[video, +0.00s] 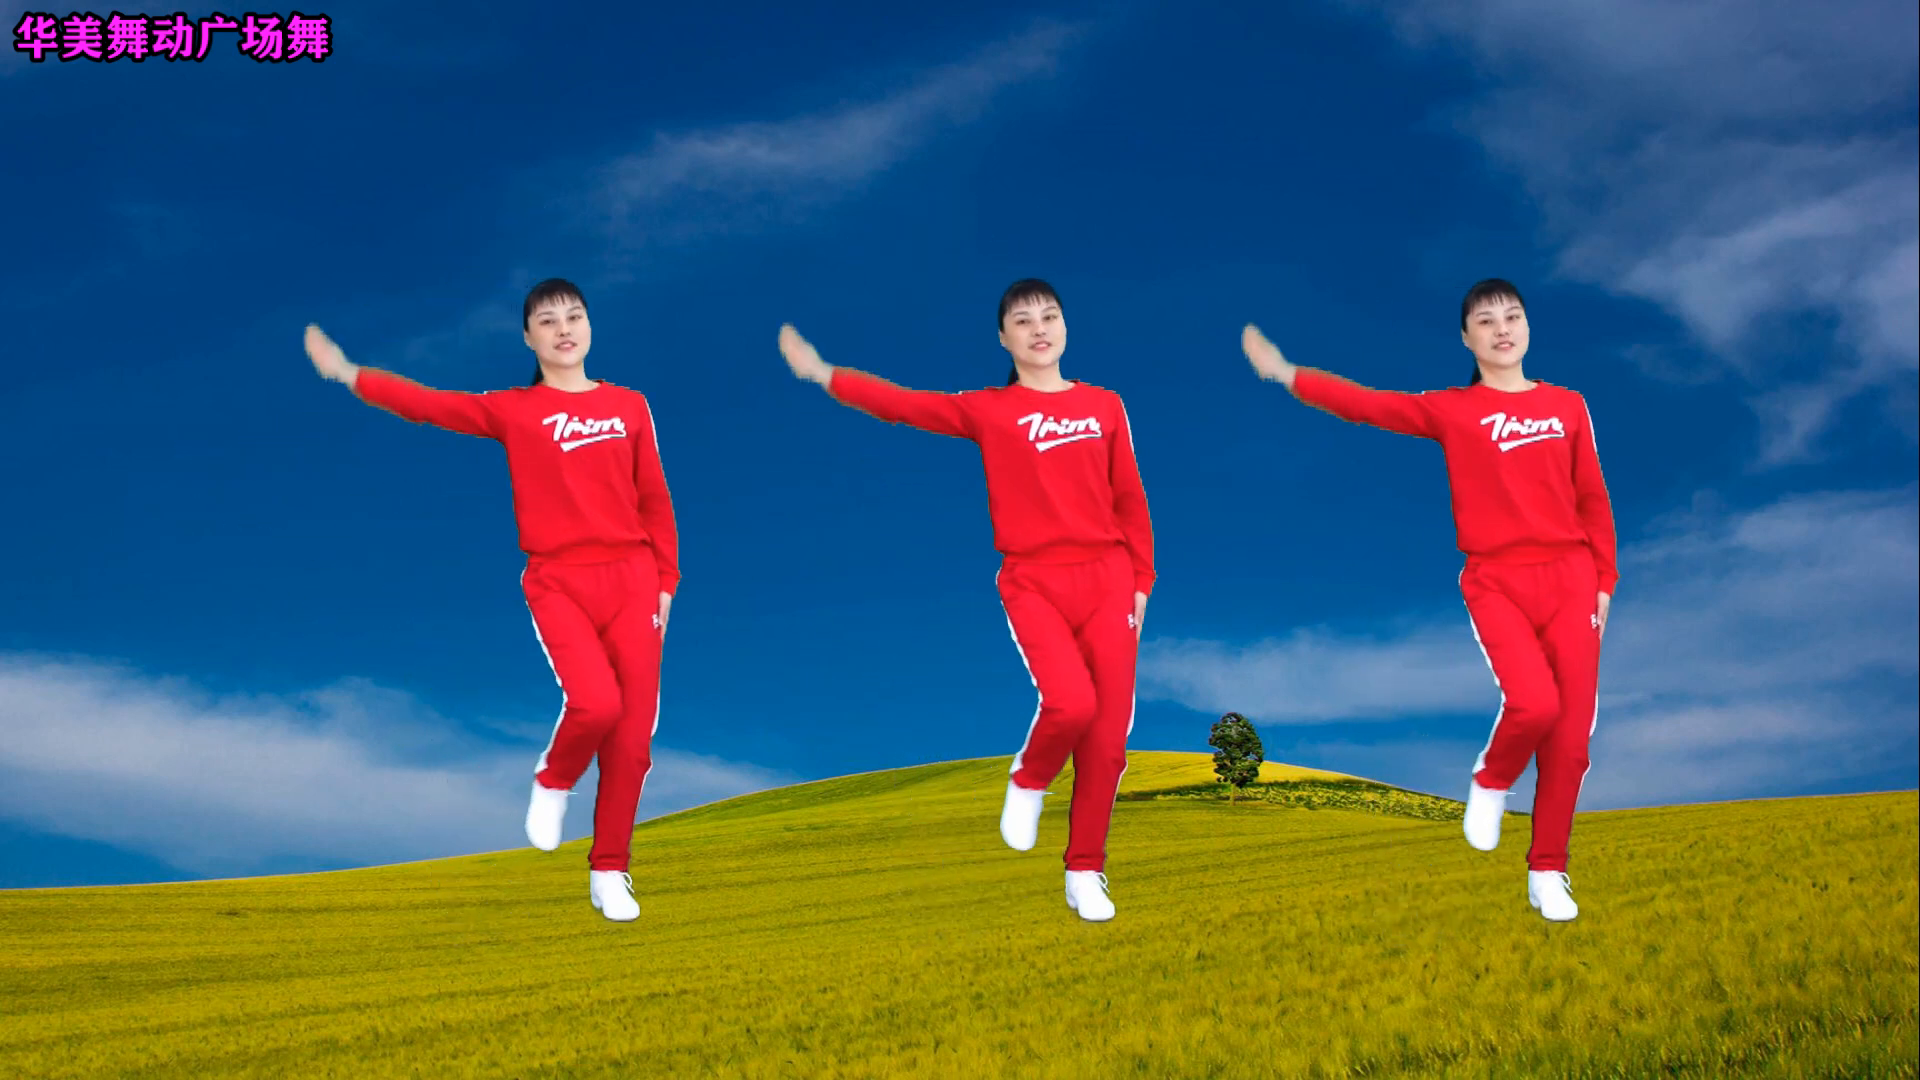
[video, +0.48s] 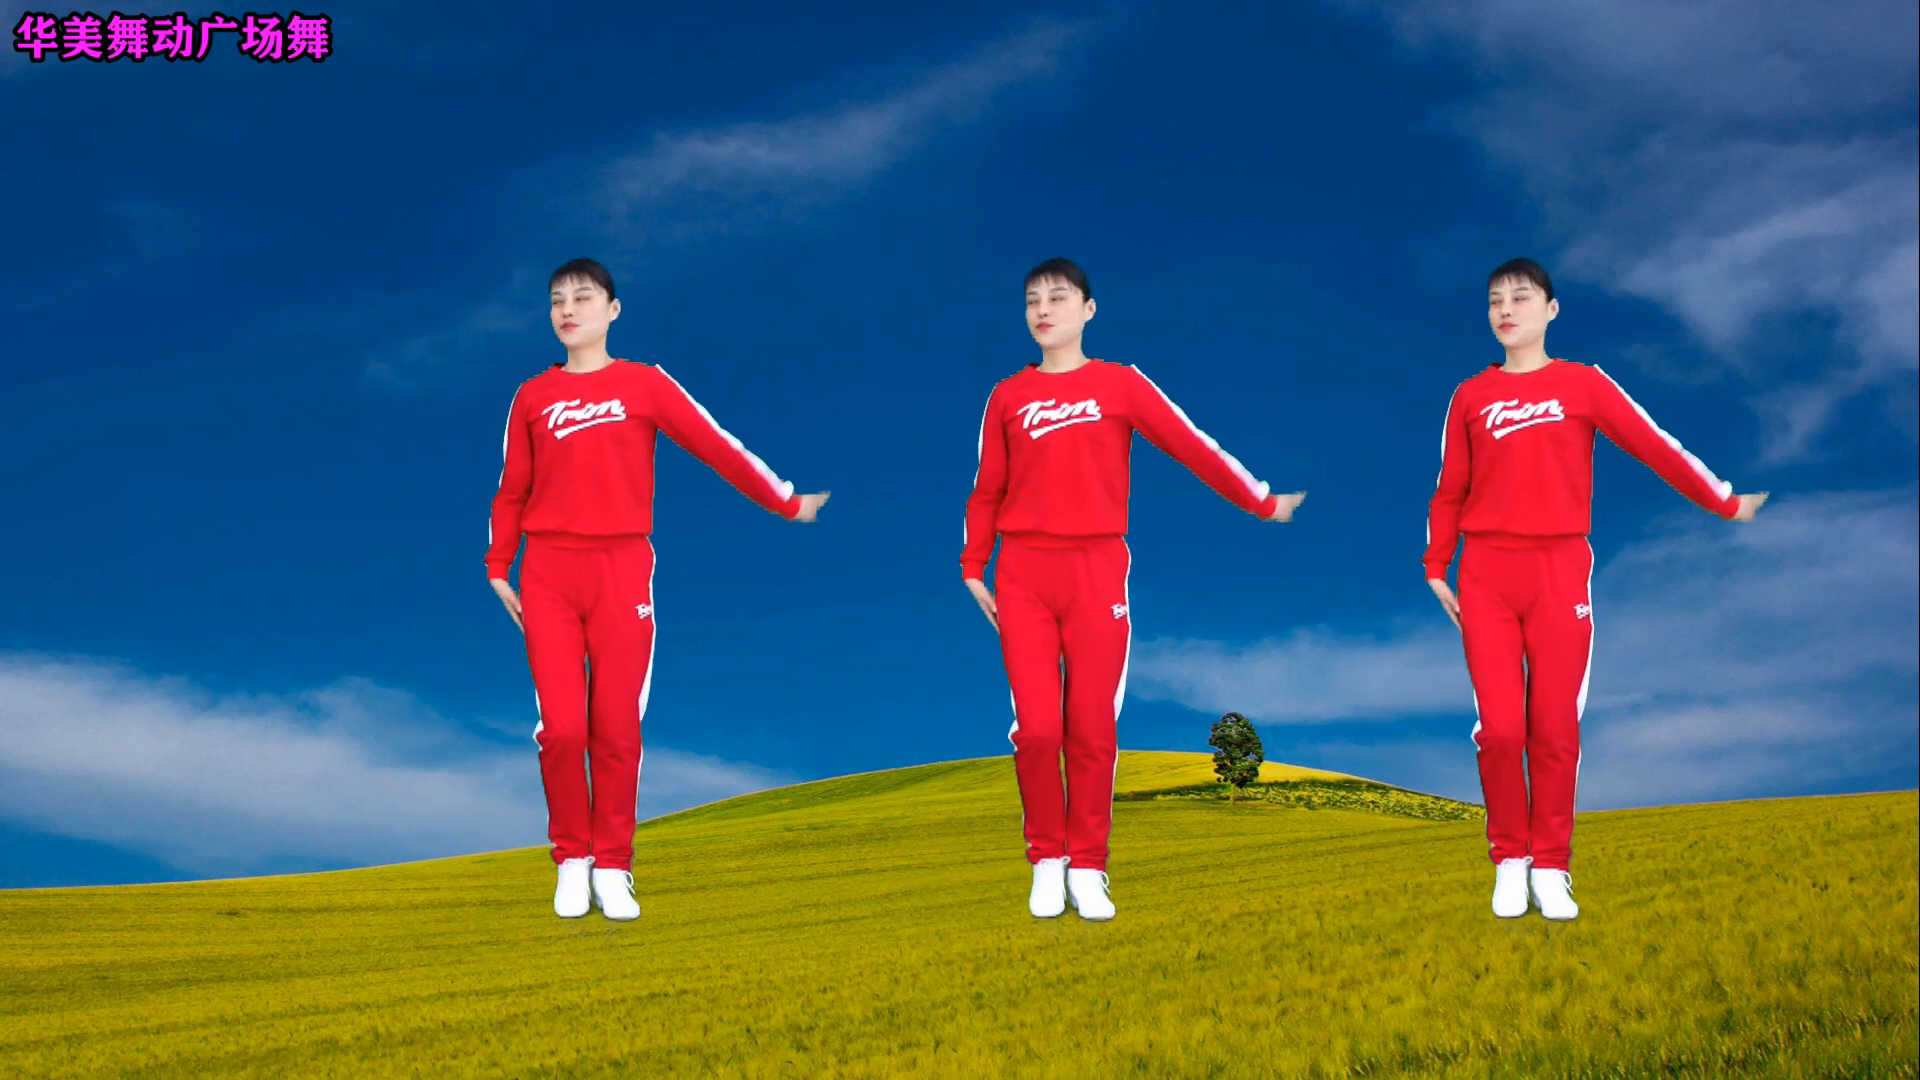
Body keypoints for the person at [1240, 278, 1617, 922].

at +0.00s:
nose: (1502, 329)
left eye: (1511, 318)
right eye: (1487, 321)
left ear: (1528, 328)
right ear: (1468, 337)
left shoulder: (1567, 405)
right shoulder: (1450, 407)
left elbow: (1595, 499)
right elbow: (1364, 403)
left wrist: (1605, 580)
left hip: (1570, 574)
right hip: (1495, 578)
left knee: (1574, 730)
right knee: (1536, 706)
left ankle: (1548, 869)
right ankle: (1490, 785)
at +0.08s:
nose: (1507, 324)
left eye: (1517, 313)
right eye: (1492, 316)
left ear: (1535, 323)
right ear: (1475, 332)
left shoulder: (1574, 398)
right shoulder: (1454, 407)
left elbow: (1604, 488)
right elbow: (1372, 438)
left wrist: (1622, 566)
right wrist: (1289, 458)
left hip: (1576, 569)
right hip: (1499, 574)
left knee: (1577, 728)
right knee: (1536, 706)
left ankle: (1549, 869)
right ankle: (1511, 792)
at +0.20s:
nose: (1511, 305)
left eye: (1523, 294)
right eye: (1498, 297)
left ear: (1542, 305)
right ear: (1482, 313)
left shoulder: (1579, 374)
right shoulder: (1466, 390)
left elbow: (1629, 451)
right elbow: (1417, 467)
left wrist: (1668, 524)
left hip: (1575, 560)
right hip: (1499, 563)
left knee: (1570, 721)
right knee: (1521, 717)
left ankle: (1557, 863)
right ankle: (1516, 827)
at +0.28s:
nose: (1515, 303)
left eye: (1527, 292)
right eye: (1501, 295)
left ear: (1546, 304)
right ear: (1486, 310)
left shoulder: (1582, 371)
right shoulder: (1468, 390)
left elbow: (1648, 437)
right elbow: (1445, 479)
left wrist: (1707, 501)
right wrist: (1418, 561)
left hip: (1571, 559)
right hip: (1495, 561)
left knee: (1565, 723)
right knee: (1510, 722)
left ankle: (1557, 865)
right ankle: (1514, 853)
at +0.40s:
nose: (1515, 309)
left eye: (1527, 298)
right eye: (1503, 301)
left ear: (1551, 310)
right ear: (1491, 317)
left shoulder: (1586, 381)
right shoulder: (1470, 399)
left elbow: (1662, 435)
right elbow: (1456, 495)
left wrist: (1740, 481)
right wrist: (1448, 573)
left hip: (1563, 568)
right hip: (1484, 569)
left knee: (1557, 731)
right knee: (1502, 731)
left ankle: (1552, 869)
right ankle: (1511, 865)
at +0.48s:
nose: (1506, 310)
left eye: (1519, 298)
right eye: (1497, 303)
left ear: (1550, 309)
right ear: (1489, 319)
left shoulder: (1583, 382)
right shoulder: (1470, 396)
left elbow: (1655, 445)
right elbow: (1450, 488)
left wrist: (1725, 502)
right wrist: (1435, 565)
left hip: (1560, 568)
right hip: (1483, 569)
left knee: (1555, 726)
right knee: (1500, 727)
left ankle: (1551, 866)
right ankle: (1508, 858)